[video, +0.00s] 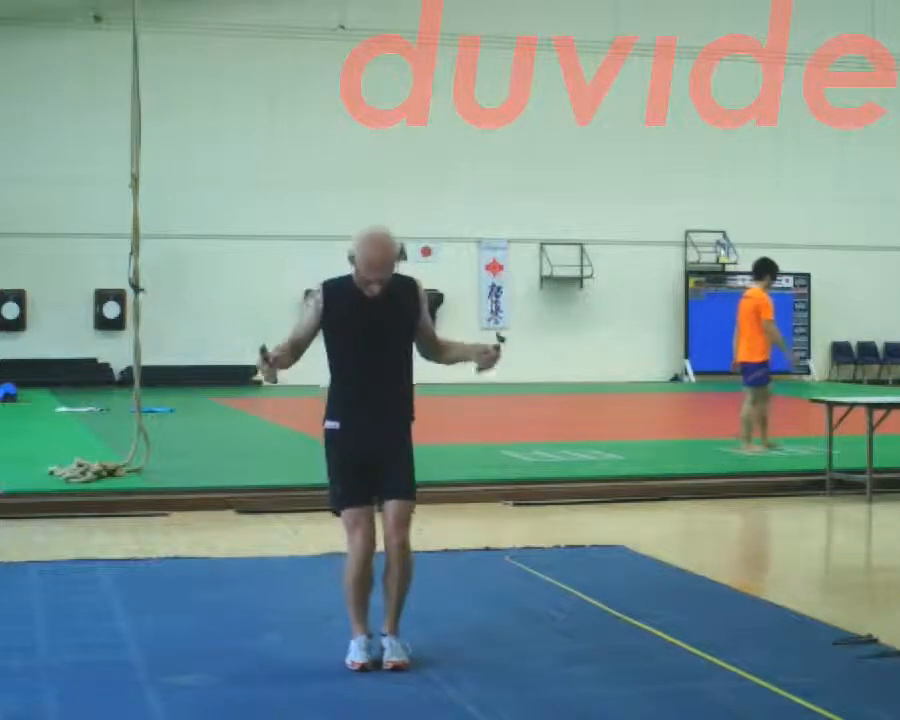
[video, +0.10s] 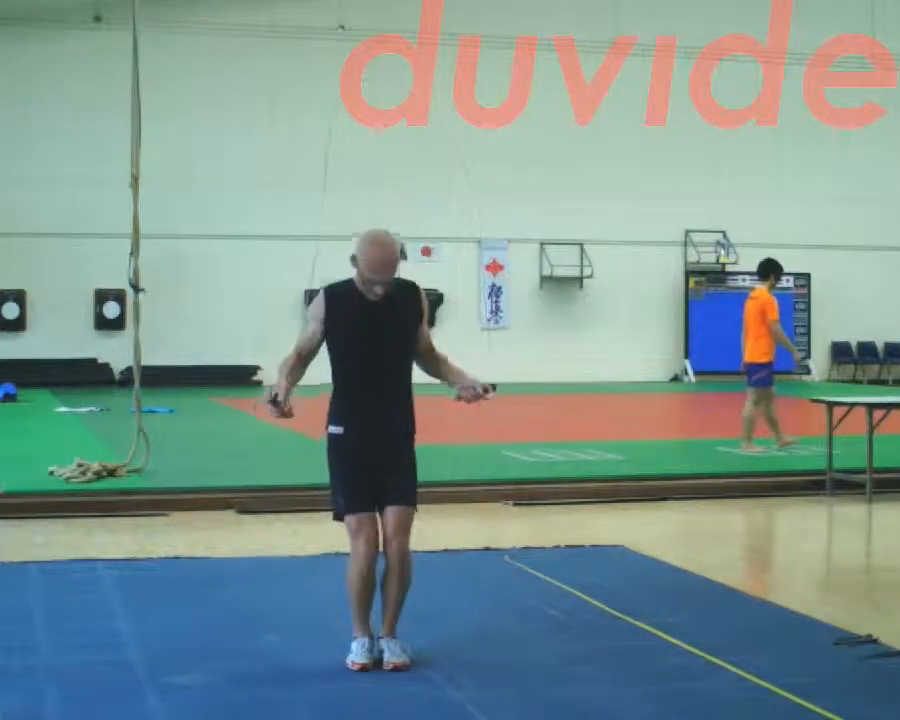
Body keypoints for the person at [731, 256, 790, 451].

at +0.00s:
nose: (773, 281)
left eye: (774, 278)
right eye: (773, 277)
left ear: (755, 275)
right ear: (768, 276)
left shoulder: (746, 296)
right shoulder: (762, 298)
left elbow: (739, 329)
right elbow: (768, 327)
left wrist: (736, 356)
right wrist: (786, 351)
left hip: (747, 356)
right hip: (756, 357)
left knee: (763, 397)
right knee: (752, 399)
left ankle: (764, 438)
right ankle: (747, 441)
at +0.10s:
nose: (779, 281)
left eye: (779, 277)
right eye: (779, 277)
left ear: (761, 275)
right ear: (773, 277)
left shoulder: (752, 297)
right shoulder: (768, 299)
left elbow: (746, 330)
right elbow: (775, 328)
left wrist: (745, 357)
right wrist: (793, 350)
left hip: (752, 358)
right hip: (761, 359)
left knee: (767, 400)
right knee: (753, 400)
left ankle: (780, 437)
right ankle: (747, 442)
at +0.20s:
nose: (784, 282)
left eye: (784, 278)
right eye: (783, 278)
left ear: (765, 276)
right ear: (778, 278)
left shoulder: (759, 297)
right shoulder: (773, 299)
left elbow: (760, 328)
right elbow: (778, 327)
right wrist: (796, 349)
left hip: (760, 357)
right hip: (768, 358)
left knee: (774, 400)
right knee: (760, 399)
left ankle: (783, 439)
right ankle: (746, 441)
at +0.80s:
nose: (801, 280)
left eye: (801, 276)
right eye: (800, 276)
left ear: (785, 275)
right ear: (794, 275)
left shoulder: (781, 294)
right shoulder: (787, 295)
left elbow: (791, 328)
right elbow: (793, 323)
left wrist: (812, 329)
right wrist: (813, 321)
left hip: (783, 352)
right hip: (784, 352)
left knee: (784, 396)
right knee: (781, 394)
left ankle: (786, 440)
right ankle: (755, 432)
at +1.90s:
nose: (793, 284)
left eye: (793, 279)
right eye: (792, 280)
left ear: (775, 278)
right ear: (786, 280)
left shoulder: (767, 297)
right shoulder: (779, 298)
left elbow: (787, 324)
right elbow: (798, 323)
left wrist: (806, 338)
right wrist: (820, 338)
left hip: (763, 356)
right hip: (768, 358)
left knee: (778, 398)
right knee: (759, 400)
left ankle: (778, 439)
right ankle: (746, 442)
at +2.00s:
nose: (801, 286)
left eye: (801, 281)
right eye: (800, 281)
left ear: (783, 280)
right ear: (793, 281)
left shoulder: (771, 299)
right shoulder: (785, 302)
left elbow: (767, 331)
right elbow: (794, 333)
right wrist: (804, 359)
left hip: (766, 357)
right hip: (773, 359)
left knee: (783, 398)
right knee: (763, 399)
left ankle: (778, 439)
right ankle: (748, 441)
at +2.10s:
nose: (810, 286)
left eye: (811, 282)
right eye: (810, 282)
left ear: (795, 279)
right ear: (803, 280)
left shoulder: (782, 294)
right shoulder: (790, 296)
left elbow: (757, 305)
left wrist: (730, 308)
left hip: (773, 351)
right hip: (773, 352)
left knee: (781, 395)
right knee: (769, 394)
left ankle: (778, 437)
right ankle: (752, 440)